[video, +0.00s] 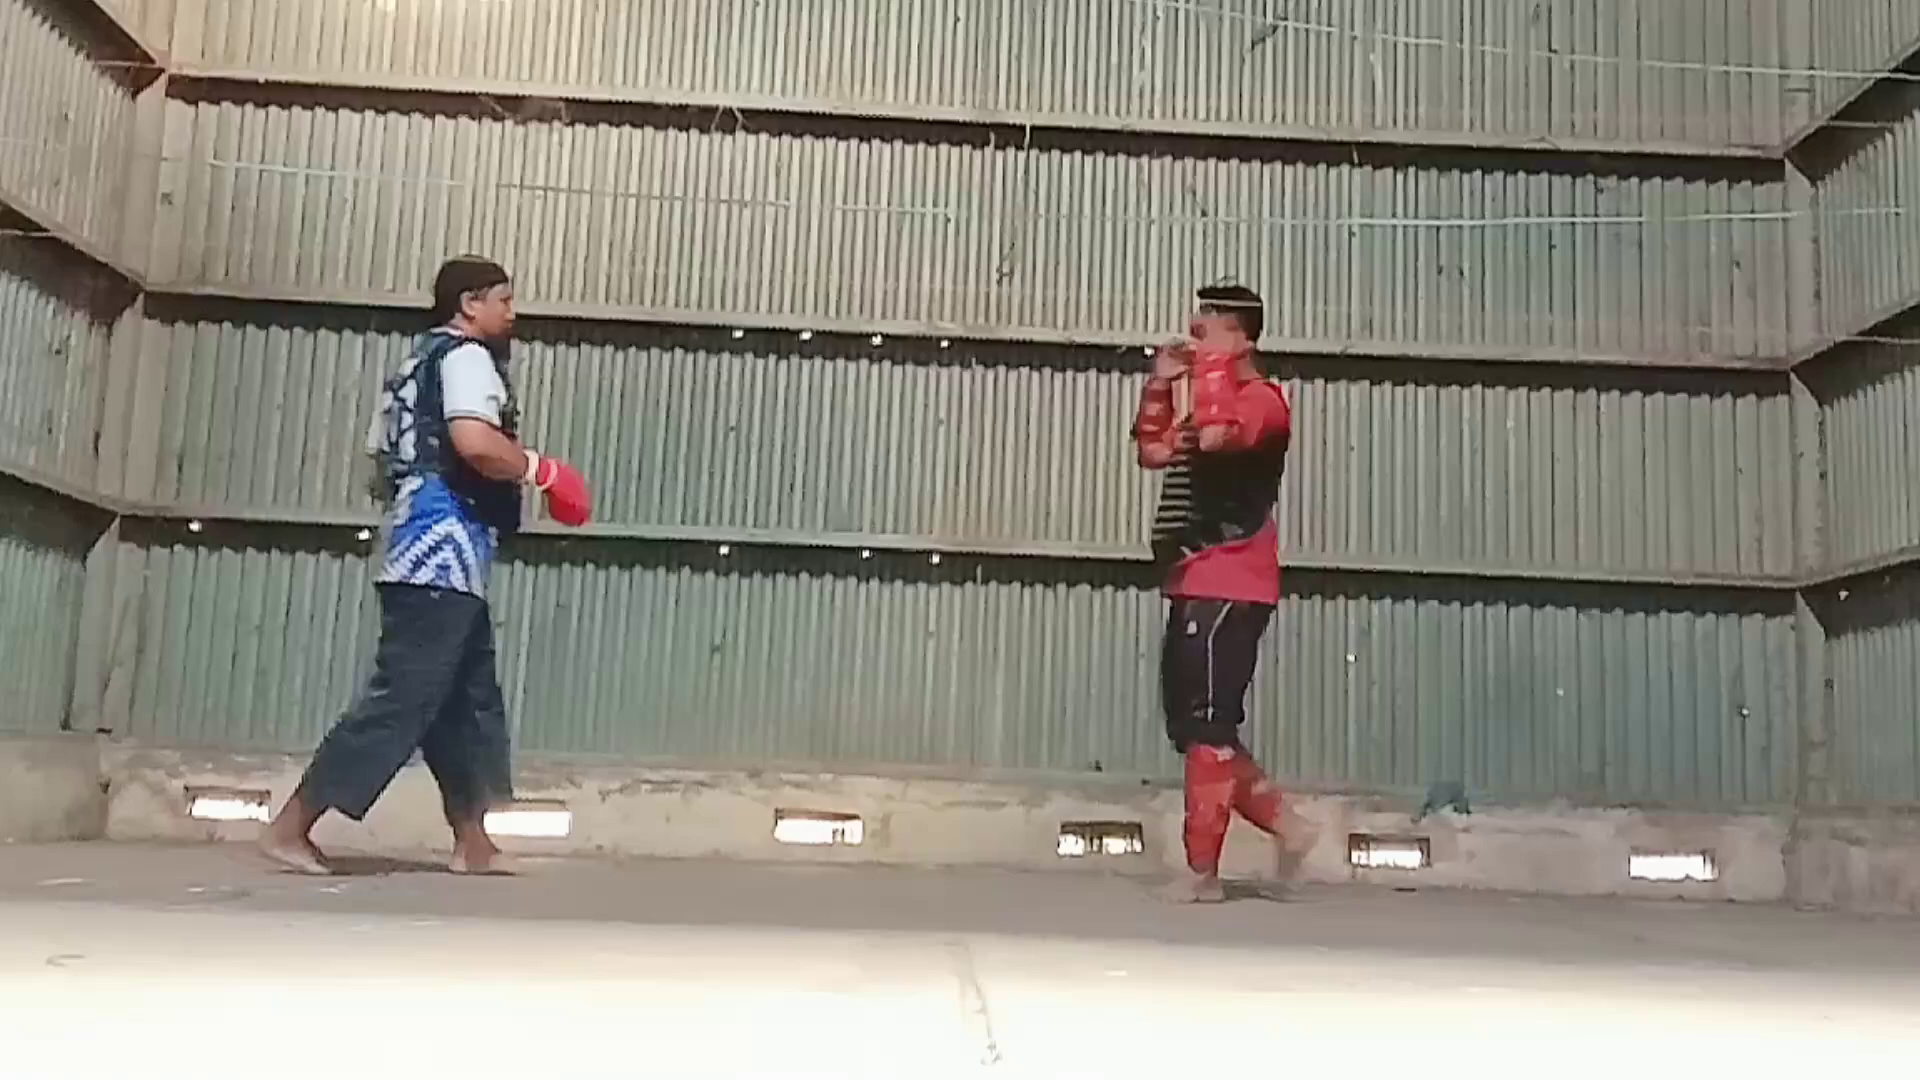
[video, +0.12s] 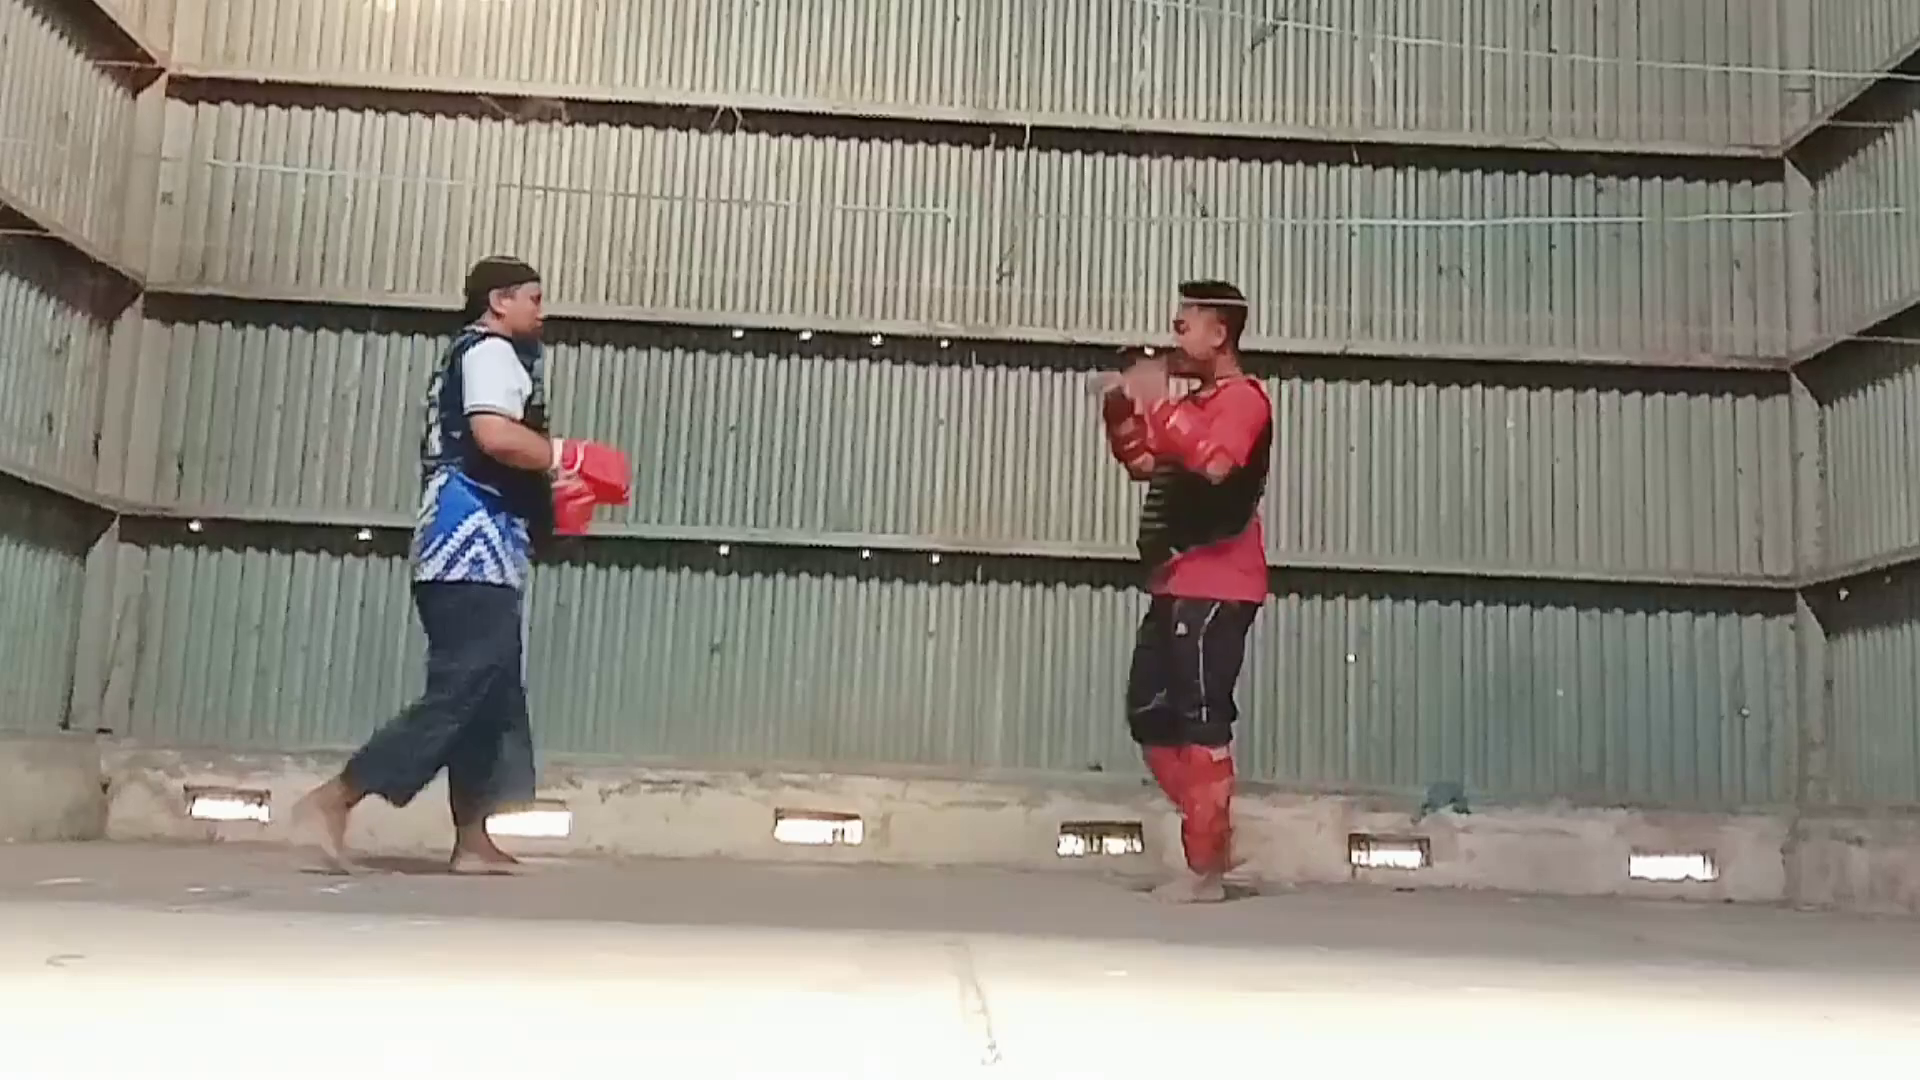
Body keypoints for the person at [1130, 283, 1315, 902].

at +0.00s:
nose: (1193, 331)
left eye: (1205, 323)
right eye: (1195, 322)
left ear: (1239, 335)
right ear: (1211, 334)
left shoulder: (1265, 399)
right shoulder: (1199, 395)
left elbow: (1219, 433)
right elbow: (1151, 453)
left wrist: (1205, 365)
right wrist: (1162, 381)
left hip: (1231, 580)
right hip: (1192, 580)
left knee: (1207, 721)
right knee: (1190, 722)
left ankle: (1202, 874)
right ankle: (1290, 829)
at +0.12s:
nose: (1175, 332)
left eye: (1186, 322)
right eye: (1177, 322)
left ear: (1222, 333)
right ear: (1199, 334)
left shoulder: (1243, 398)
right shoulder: (1187, 398)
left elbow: (1214, 459)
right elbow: (1141, 459)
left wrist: (1159, 402)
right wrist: (1116, 405)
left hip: (1219, 578)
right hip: (1176, 578)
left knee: (1202, 715)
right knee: (1151, 714)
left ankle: (1205, 872)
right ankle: (1213, 845)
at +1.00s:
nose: (1069, 336)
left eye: (1080, 325)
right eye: (1069, 326)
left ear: (1118, 331)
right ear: (1086, 333)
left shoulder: (1160, 396)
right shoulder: (1064, 406)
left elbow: (1191, 492)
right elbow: (997, 463)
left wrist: (1176, 579)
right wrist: (959, 438)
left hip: (1141, 586)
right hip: (1073, 588)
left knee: (1167, 716)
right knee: (1070, 719)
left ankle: (1194, 860)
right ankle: (1072, 862)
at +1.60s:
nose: (1192, 345)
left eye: (1202, 334)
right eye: (1192, 334)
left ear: (1238, 339)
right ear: (1216, 341)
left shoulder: (1277, 409)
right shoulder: (1193, 409)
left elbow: (1306, 502)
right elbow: (1196, 498)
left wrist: (1309, 586)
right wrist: (1177, 577)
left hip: (1247, 598)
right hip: (1179, 595)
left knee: (1256, 733)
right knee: (1152, 727)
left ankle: (1257, 873)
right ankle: (1204, 856)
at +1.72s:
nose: (1200, 345)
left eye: (1211, 335)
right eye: (1200, 335)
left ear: (1248, 341)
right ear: (1219, 343)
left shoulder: (1289, 411)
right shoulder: (1194, 418)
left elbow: (1326, 503)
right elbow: (1186, 507)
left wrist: (1354, 584)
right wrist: (1174, 582)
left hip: (1260, 596)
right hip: (1195, 598)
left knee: (1260, 727)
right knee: (1199, 734)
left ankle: (1254, 870)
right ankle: (1243, 862)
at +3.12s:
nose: (1248, 380)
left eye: (1259, 368)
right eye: (1247, 370)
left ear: (1297, 373)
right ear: (1252, 378)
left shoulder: (1349, 433)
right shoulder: (1238, 444)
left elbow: (1419, 482)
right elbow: (1198, 503)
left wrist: (1353, 493)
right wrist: (1227, 510)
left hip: (1341, 624)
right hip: (1260, 621)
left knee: (1385, 744)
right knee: (1204, 725)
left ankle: (1414, 868)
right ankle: (1166, 853)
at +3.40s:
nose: (1230, 386)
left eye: (1241, 375)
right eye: (1229, 376)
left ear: (1277, 381)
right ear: (1232, 383)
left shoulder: (1323, 444)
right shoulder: (1216, 452)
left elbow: (1384, 509)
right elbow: (1176, 527)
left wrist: (1320, 512)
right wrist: (1205, 543)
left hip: (1310, 634)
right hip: (1227, 631)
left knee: (1365, 743)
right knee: (1175, 731)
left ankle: (1412, 866)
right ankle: (1138, 857)